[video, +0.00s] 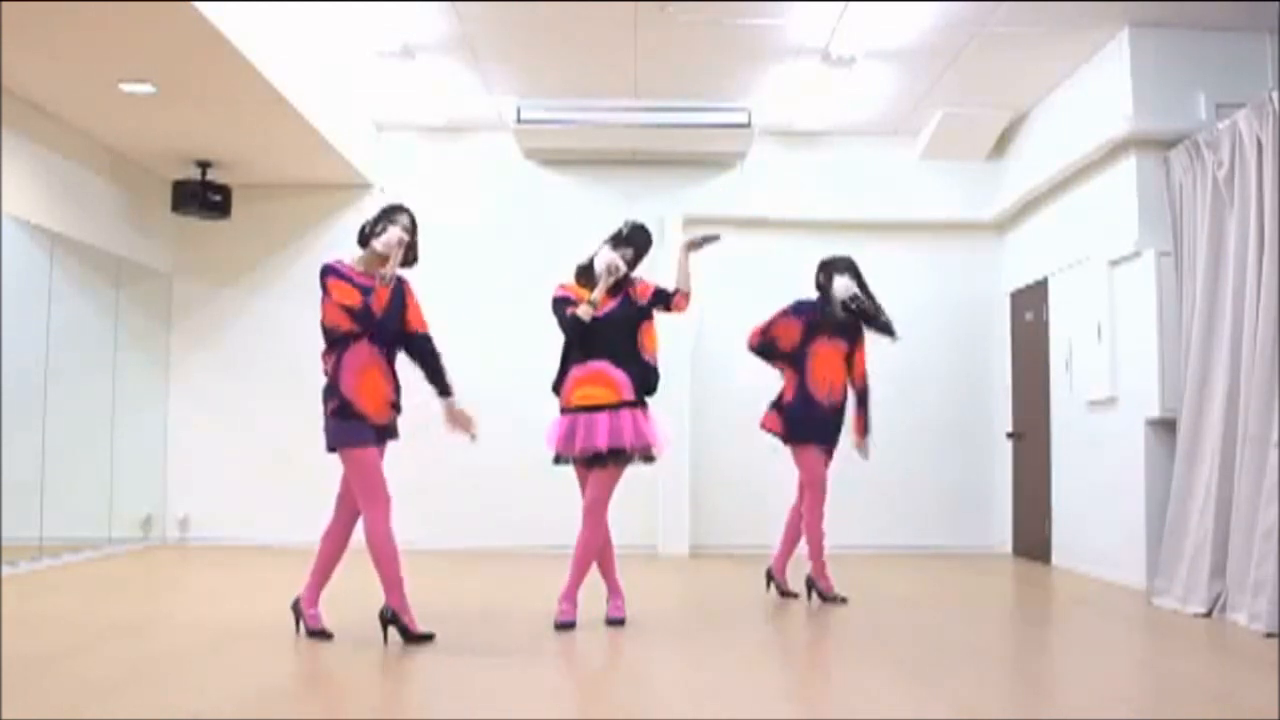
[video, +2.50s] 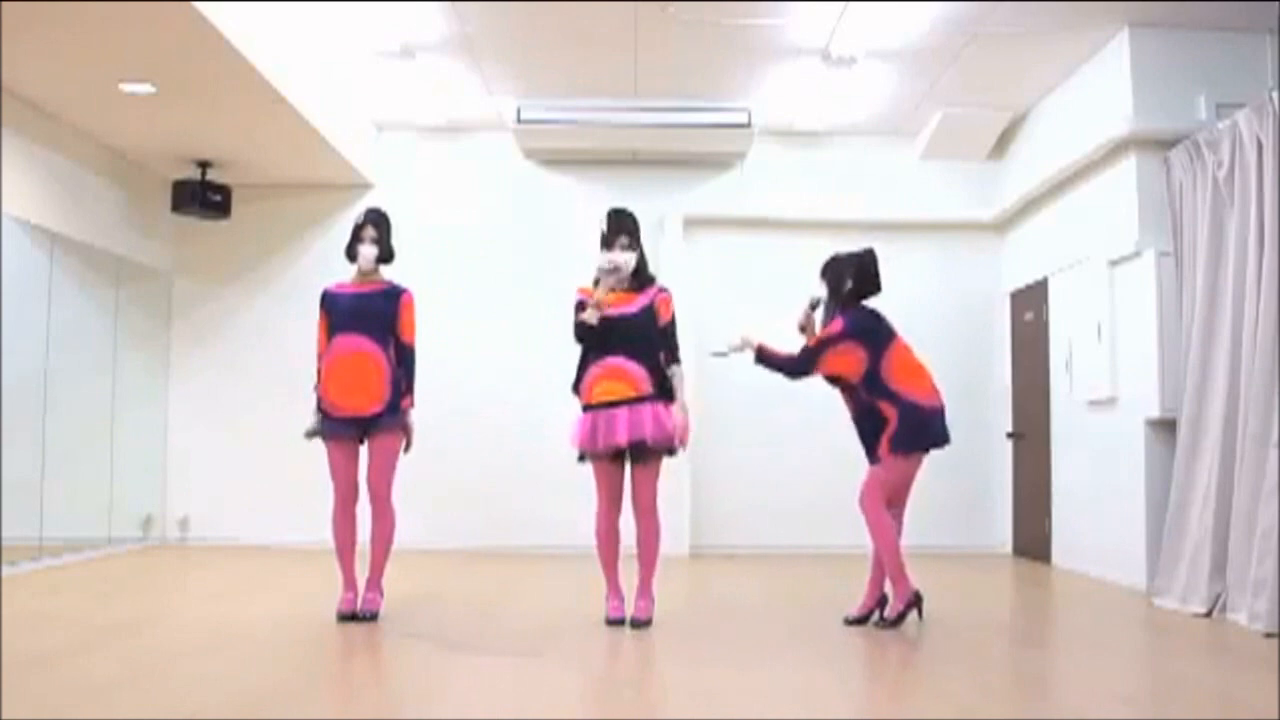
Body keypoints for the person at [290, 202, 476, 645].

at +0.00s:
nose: (397, 241)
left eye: (405, 239)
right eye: (392, 231)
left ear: (407, 249)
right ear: (371, 232)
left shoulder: (399, 289)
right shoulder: (335, 274)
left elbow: (420, 344)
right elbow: (363, 323)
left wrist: (448, 401)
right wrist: (387, 278)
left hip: (383, 409)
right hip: (346, 407)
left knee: (347, 508)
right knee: (376, 501)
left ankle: (308, 599)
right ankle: (397, 605)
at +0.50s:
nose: (425, 255)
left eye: (431, 253)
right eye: (422, 244)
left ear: (427, 264)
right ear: (398, 241)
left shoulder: (415, 297)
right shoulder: (355, 278)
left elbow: (449, 303)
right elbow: (375, 327)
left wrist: (462, 278)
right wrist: (409, 288)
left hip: (385, 417)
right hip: (354, 413)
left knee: (369, 515)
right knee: (397, 504)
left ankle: (316, 596)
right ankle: (400, 605)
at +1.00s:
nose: (389, 263)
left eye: (398, 257)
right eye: (383, 253)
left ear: (403, 267)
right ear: (366, 256)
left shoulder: (412, 307)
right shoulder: (339, 293)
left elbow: (459, 304)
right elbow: (334, 339)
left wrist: (430, 264)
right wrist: (364, 299)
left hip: (390, 423)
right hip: (343, 418)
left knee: (378, 511)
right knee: (373, 494)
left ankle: (355, 590)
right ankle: (347, 587)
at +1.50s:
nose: (374, 244)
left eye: (382, 238)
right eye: (368, 237)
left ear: (391, 247)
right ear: (356, 244)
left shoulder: (405, 293)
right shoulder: (333, 290)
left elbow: (444, 328)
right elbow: (289, 317)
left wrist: (419, 356)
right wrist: (307, 333)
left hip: (388, 408)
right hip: (340, 408)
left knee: (379, 498)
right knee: (344, 500)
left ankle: (376, 586)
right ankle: (349, 587)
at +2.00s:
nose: (365, 248)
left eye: (373, 242)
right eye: (359, 241)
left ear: (384, 249)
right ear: (351, 246)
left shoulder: (399, 296)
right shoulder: (332, 295)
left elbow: (406, 354)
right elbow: (325, 351)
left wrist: (407, 404)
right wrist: (324, 401)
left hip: (385, 403)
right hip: (339, 403)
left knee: (377, 493)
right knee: (344, 495)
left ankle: (373, 586)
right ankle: (348, 586)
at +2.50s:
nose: (367, 247)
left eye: (375, 241)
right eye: (361, 239)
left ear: (386, 248)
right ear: (351, 245)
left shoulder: (399, 297)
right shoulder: (332, 295)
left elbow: (406, 357)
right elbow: (322, 353)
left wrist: (406, 408)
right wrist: (320, 404)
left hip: (386, 408)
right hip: (339, 407)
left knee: (379, 494)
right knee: (344, 496)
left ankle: (374, 586)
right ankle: (348, 586)